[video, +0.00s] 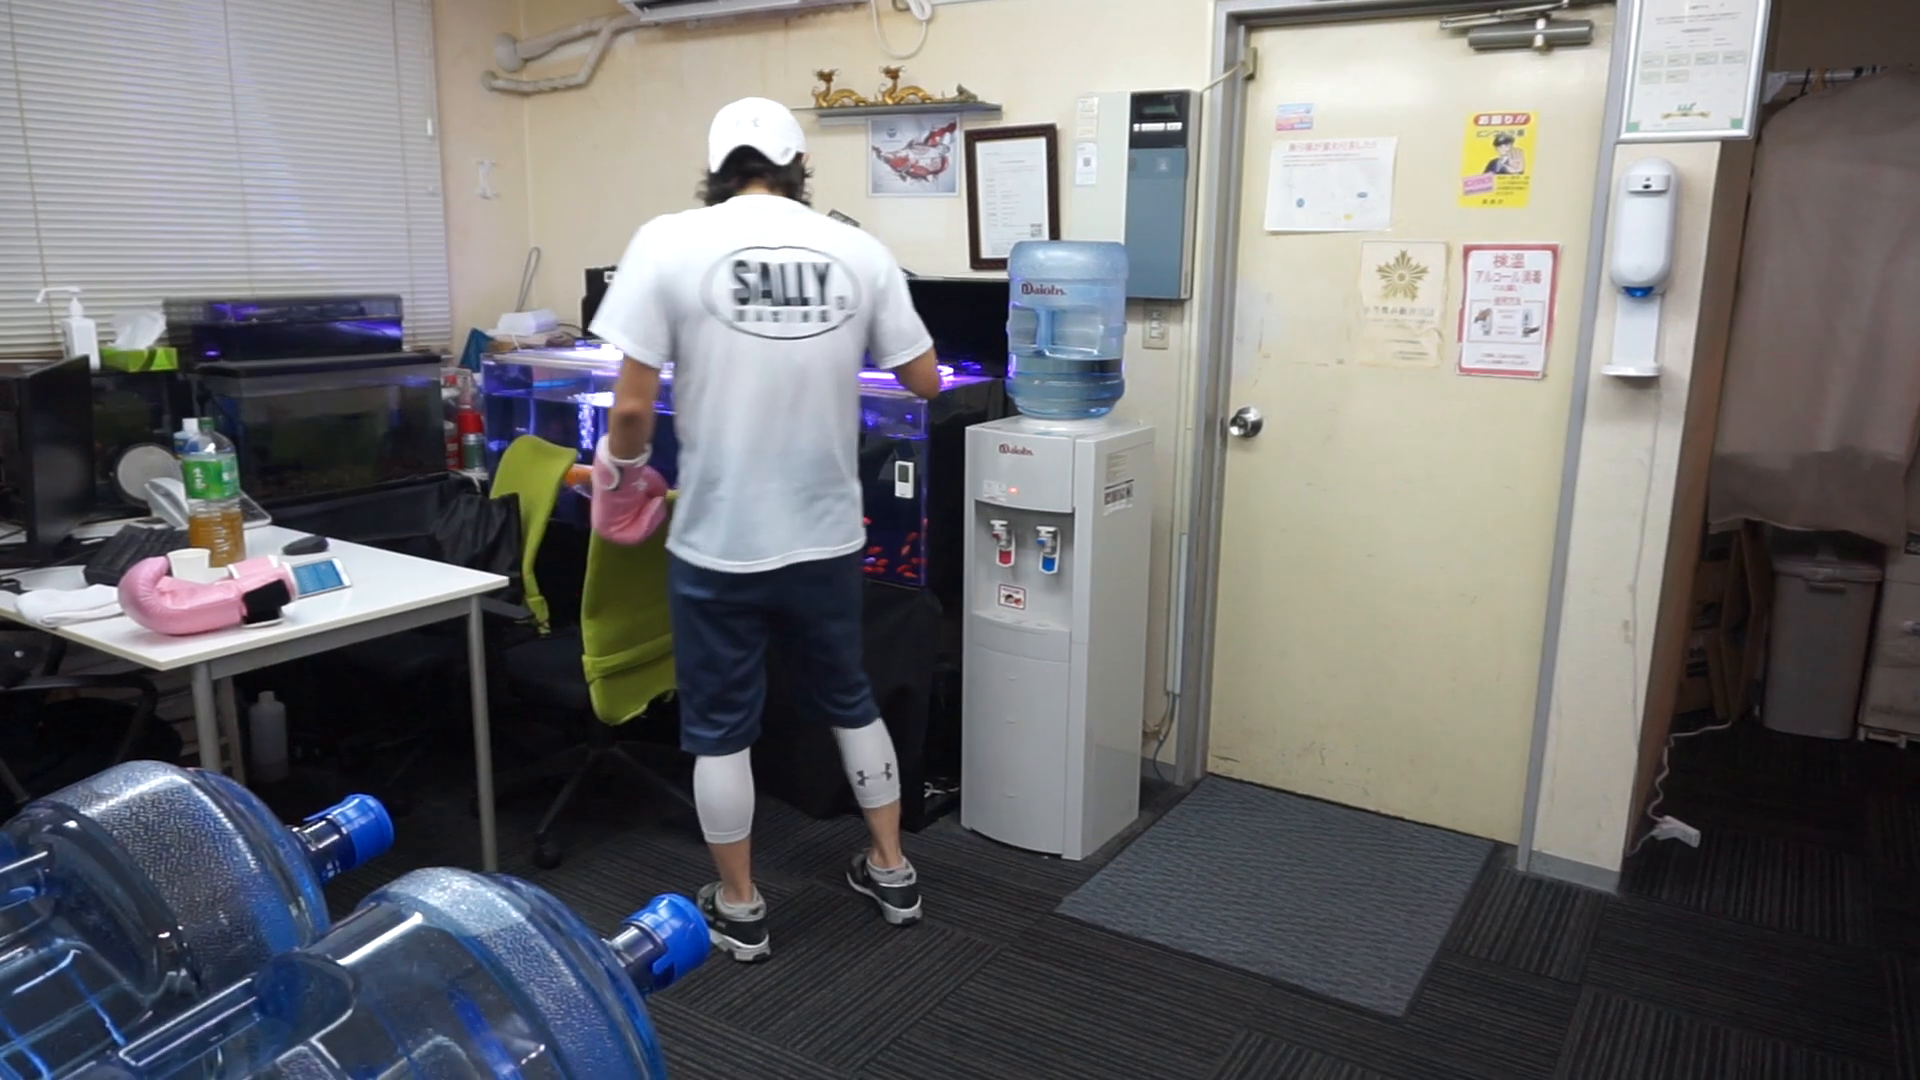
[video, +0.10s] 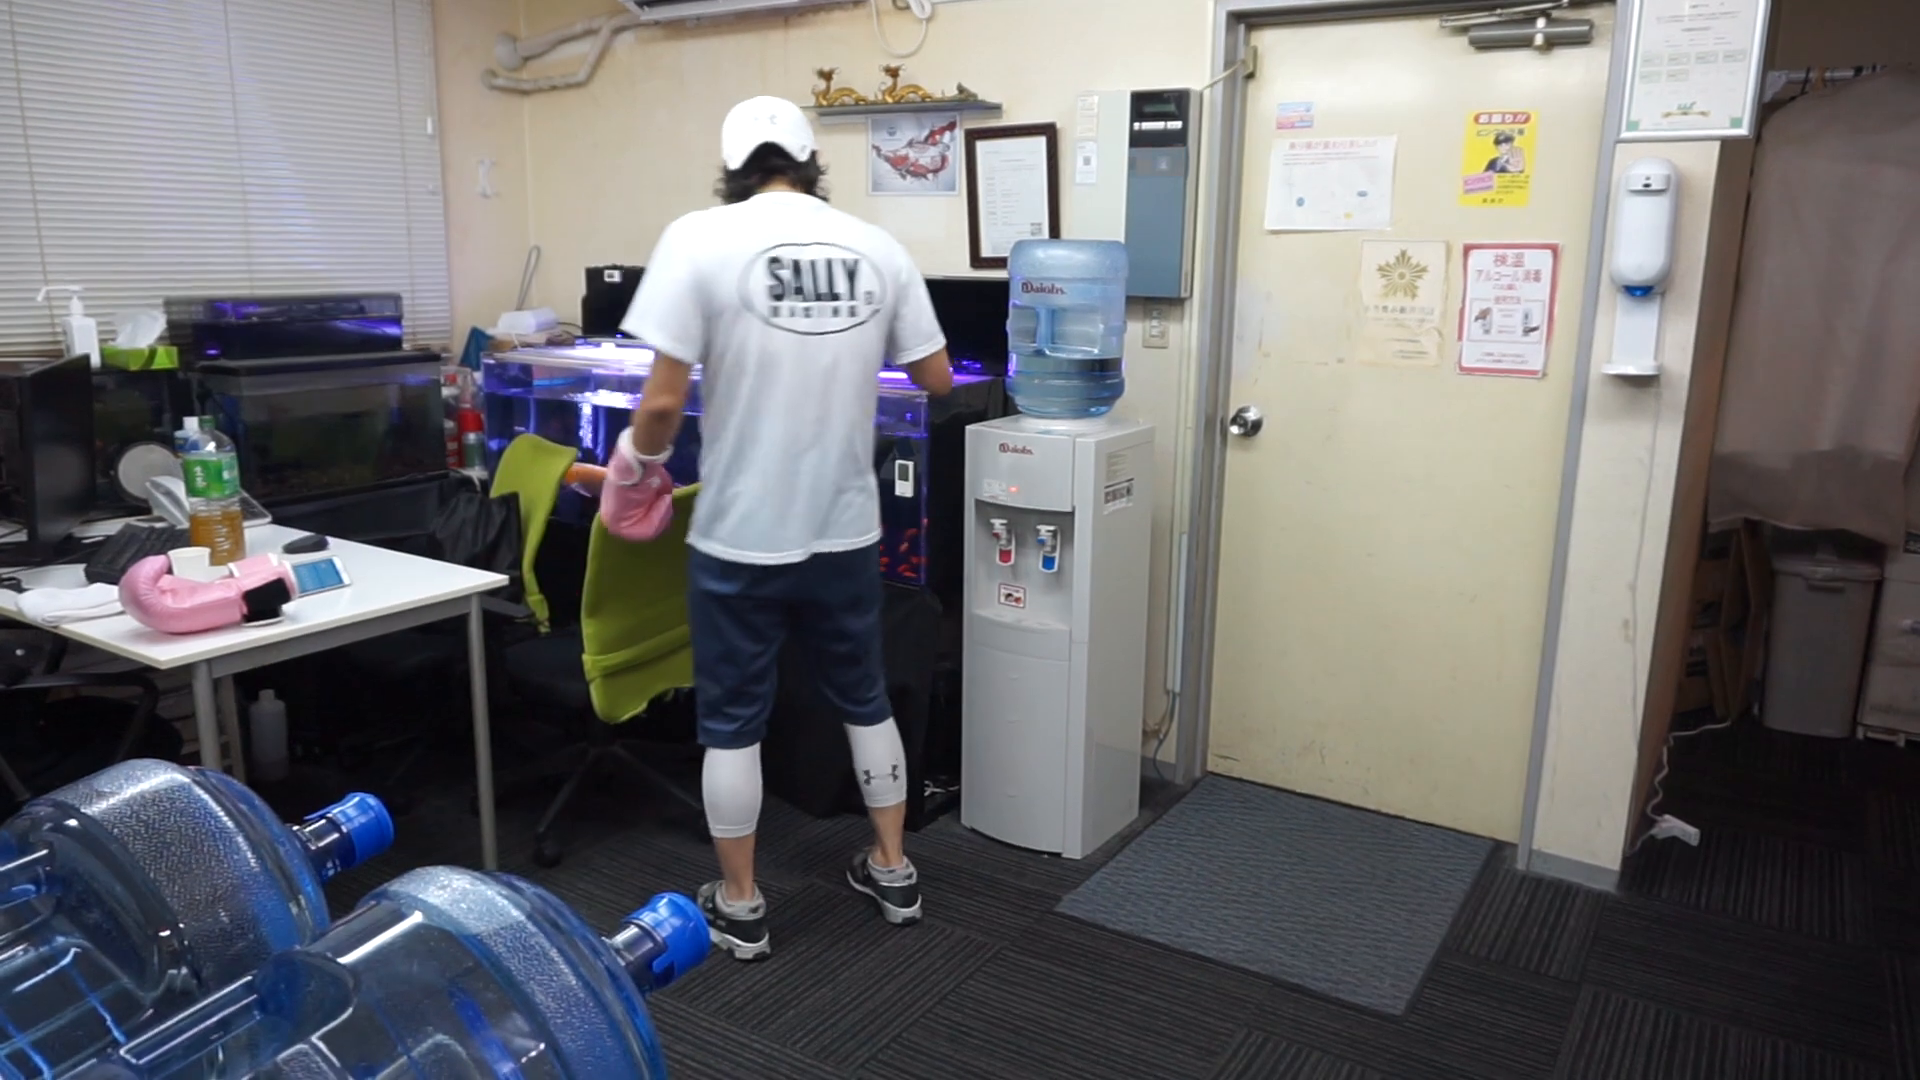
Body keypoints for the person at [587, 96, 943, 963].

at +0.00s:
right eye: (800, 167)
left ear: (715, 170)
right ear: (799, 169)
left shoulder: (668, 245)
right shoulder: (858, 249)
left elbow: (633, 405)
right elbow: (924, 378)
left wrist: (619, 475)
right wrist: (865, 342)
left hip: (718, 538)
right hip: (826, 531)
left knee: (721, 727)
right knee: (850, 698)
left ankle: (740, 907)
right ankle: (894, 869)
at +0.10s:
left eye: (730, 168)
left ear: (732, 170)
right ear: (813, 167)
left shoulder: (701, 240)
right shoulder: (875, 246)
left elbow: (665, 399)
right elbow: (935, 378)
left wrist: (638, 463)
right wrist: (873, 336)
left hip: (740, 531)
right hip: (845, 527)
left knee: (733, 719)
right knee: (867, 699)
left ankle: (741, 903)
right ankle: (894, 871)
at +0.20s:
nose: (748, 177)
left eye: (746, 166)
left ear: (751, 167)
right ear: (830, 161)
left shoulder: (727, 235)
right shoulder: (893, 244)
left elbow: (690, 393)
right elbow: (944, 378)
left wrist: (654, 470)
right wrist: (872, 354)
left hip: (760, 529)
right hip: (866, 524)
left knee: (742, 711)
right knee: (877, 695)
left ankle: (741, 901)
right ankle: (895, 868)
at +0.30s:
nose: (761, 181)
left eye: (762, 170)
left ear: (769, 169)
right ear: (847, 165)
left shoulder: (750, 227)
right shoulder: (909, 248)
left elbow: (715, 382)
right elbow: (953, 385)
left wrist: (670, 487)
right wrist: (895, 361)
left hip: (775, 526)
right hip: (879, 524)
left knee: (749, 705)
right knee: (886, 691)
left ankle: (741, 899)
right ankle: (896, 867)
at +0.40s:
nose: (772, 184)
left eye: (772, 174)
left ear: (781, 170)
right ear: (853, 166)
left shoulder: (767, 221)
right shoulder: (917, 246)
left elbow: (738, 368)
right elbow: (955, 382)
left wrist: (697, 487)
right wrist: (884, 365)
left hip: (785, 521)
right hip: (886, 521)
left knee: (756, 706)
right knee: (886, 688)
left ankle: (746, 897)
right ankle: (897, 865)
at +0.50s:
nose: (770, 186)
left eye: (770, 176)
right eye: (775, 175)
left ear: (778, 170)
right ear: (853, 165)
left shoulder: (777, 215)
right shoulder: (917, 244)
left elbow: (761, 357)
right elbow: (957, 377)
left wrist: (723, 479)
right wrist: (881, 368)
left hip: (792, 517)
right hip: (885, 519)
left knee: (760, 707)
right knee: (882, 688)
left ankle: (751, 897)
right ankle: (895, 864)